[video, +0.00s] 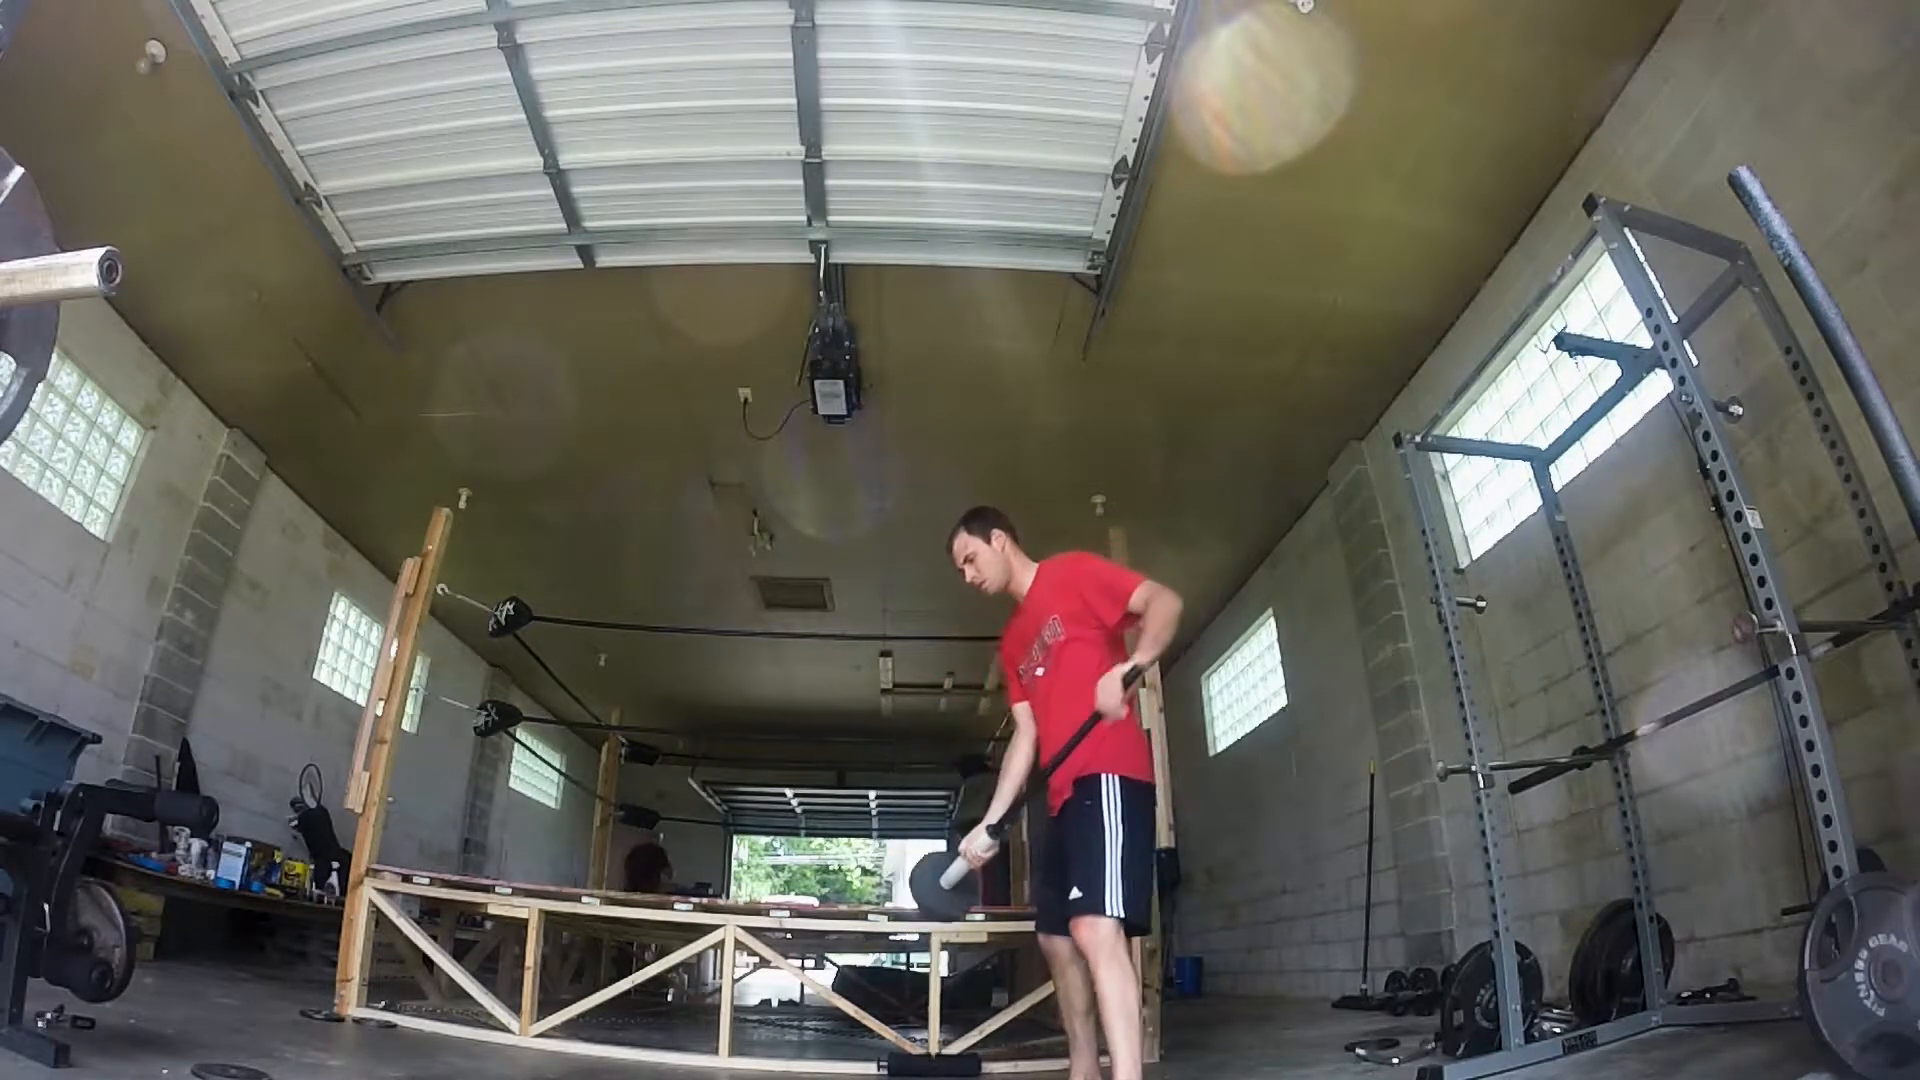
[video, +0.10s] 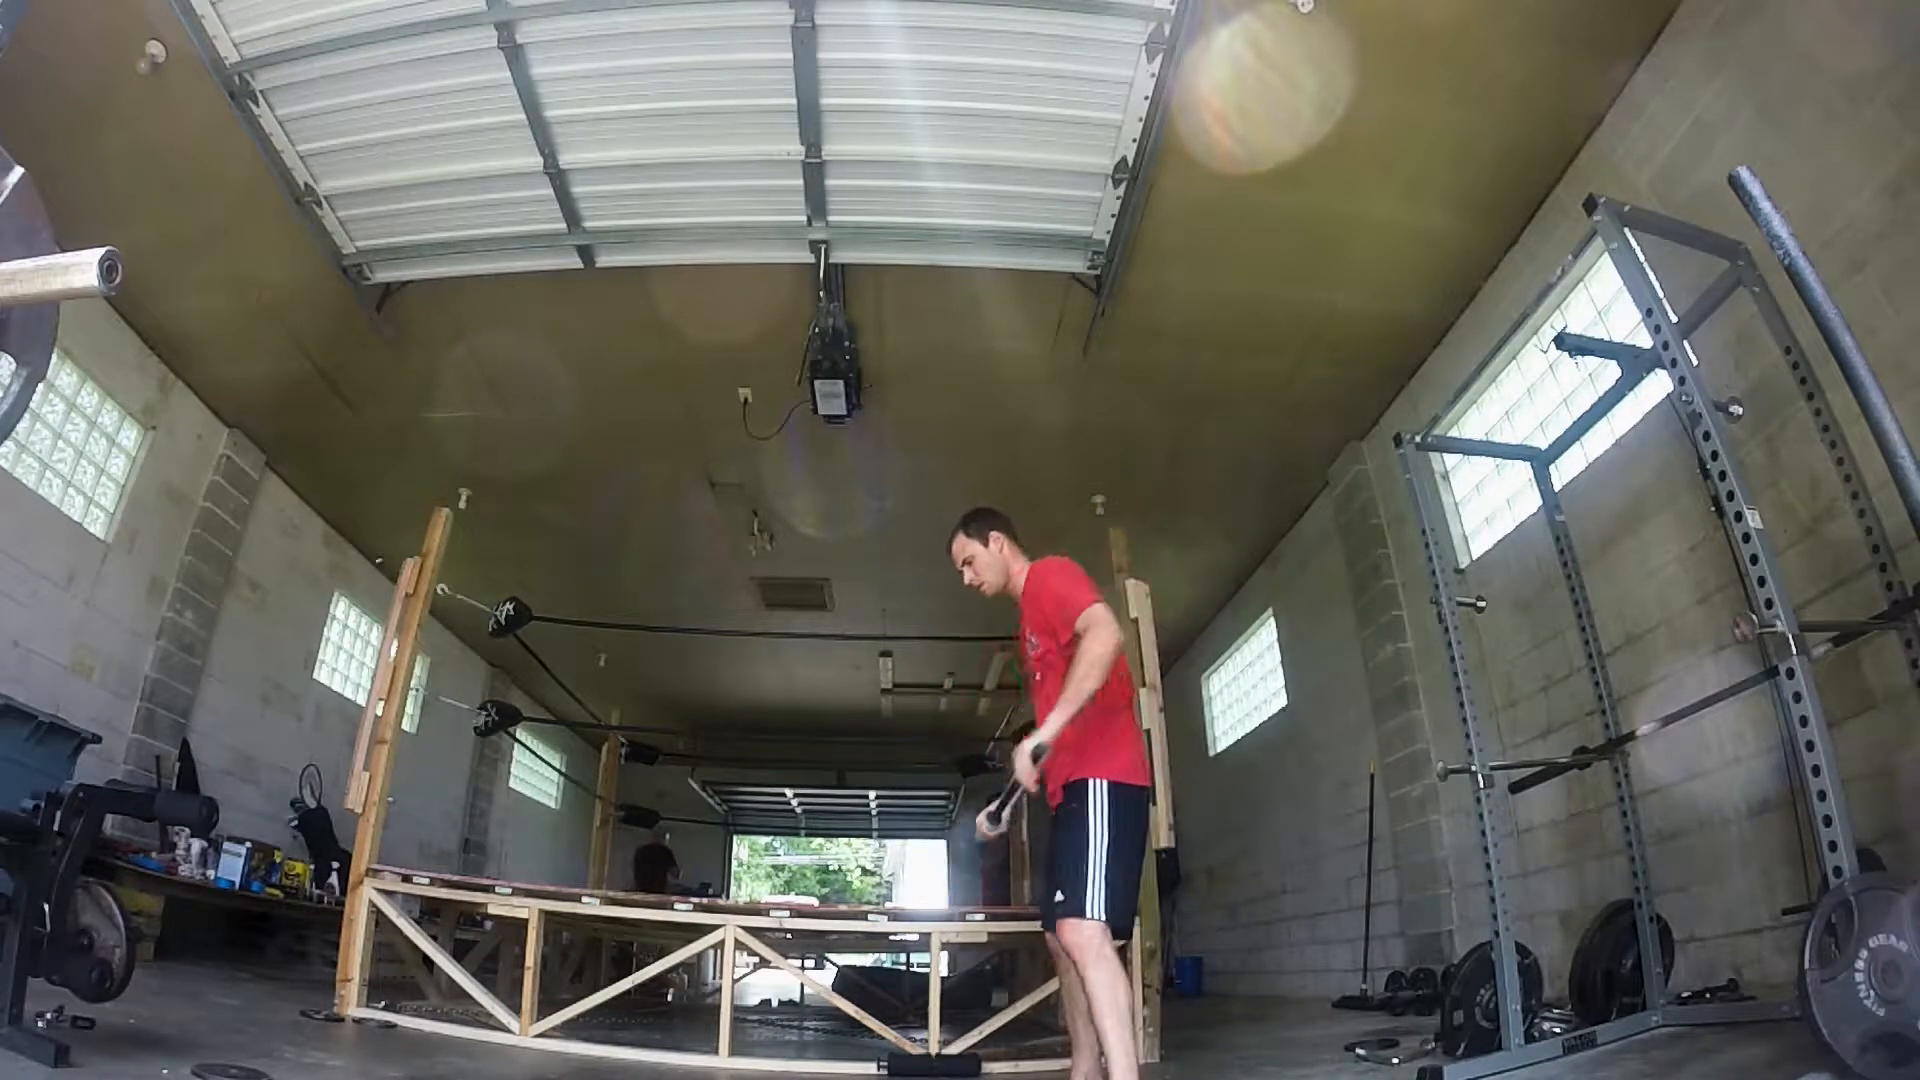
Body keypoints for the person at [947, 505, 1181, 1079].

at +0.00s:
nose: (968, 574)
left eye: (970, 558)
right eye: (961, 568)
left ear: (1002, 538)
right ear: (978, 563)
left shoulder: (1070, 570)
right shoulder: (1012, 641)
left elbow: (1164, 602)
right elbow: (1025, 734)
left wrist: (1132, 667)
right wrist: (989, 822)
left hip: (1109, 771)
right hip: (1061, 788)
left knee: (1095, 928)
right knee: (1055, 936)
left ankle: (1128, 1075)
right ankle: (1085, 1072)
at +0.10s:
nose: (967, 577)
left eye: (968, 562)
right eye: (961, 570)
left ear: (999, 541)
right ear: (984, 556)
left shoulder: (1051, 575)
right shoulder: (1031, 614)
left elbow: (1104, 635)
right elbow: (1054, 722)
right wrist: (1012, 797)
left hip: (1104, 774)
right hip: (1074, 782)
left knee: (1083, 930)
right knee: (1063, 933)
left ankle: (1125, 1074)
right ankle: (1086, 1071)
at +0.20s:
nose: (965, 578)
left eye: (965, 563)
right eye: (959, 570)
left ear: (995, 544)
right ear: (999, 548)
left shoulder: (1031, 584)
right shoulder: (1054, 584)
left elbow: (1031, 681)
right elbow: (1085, 694)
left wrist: (978, 773)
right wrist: (1034, 753)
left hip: (1092, 775)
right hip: (1094, 773)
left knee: (1066, 932)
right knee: (1076, 935)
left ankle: (1122, 1074)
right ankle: (1086, 1072)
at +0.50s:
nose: (956, 584)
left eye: (953, 569)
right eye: (950, 574)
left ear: (977, 546)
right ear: (998, 542)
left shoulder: (978, 604)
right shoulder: (1082, 583)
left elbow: (941, 701)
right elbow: (1111, 661)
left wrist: (934, 732)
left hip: (1056, 784)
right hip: (1112, 785)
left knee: (1044, 940)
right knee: (1086, 942)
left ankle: (1116, 1074)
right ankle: (1086, 1071)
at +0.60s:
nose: (955, 583)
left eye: (951, 569)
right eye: (948, 572)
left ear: (975, 547)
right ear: (997, 542)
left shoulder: (968, 606)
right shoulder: (1078, 575)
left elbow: (944, 692)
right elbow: (1112, 627)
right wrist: (1102, 567)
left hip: (1047, 783)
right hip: (1106, 784)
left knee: (1045, 941)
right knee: (1086, 943)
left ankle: (1117, 1074)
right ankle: (1085, 1073)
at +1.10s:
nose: (958, 578)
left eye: (955, 567)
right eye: (955, 570)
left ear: (969, 552)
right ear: (1003, 542)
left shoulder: (963, 609)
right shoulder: (1072, 571)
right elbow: (1129, 530)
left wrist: (1029, 580)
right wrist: (1106, 460)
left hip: (1037, 781)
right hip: (1098, 775)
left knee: (1044, 935)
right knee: (1079, 936)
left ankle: (1117, 1074)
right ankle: (1082, 1071)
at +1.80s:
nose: (945, 588)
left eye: (943, 576)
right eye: (939, 580)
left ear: (967, 552)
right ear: (982, 549)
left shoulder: (963, 604)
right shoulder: (1061, 585)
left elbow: (930, 691)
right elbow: (1092, 606)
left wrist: (951, 623)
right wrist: (1093, 550)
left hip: (1051, 772)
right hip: (1096, 771)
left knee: (1057, 927)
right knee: (1072, 932)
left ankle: (1119, 1073)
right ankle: (1085, 1072)